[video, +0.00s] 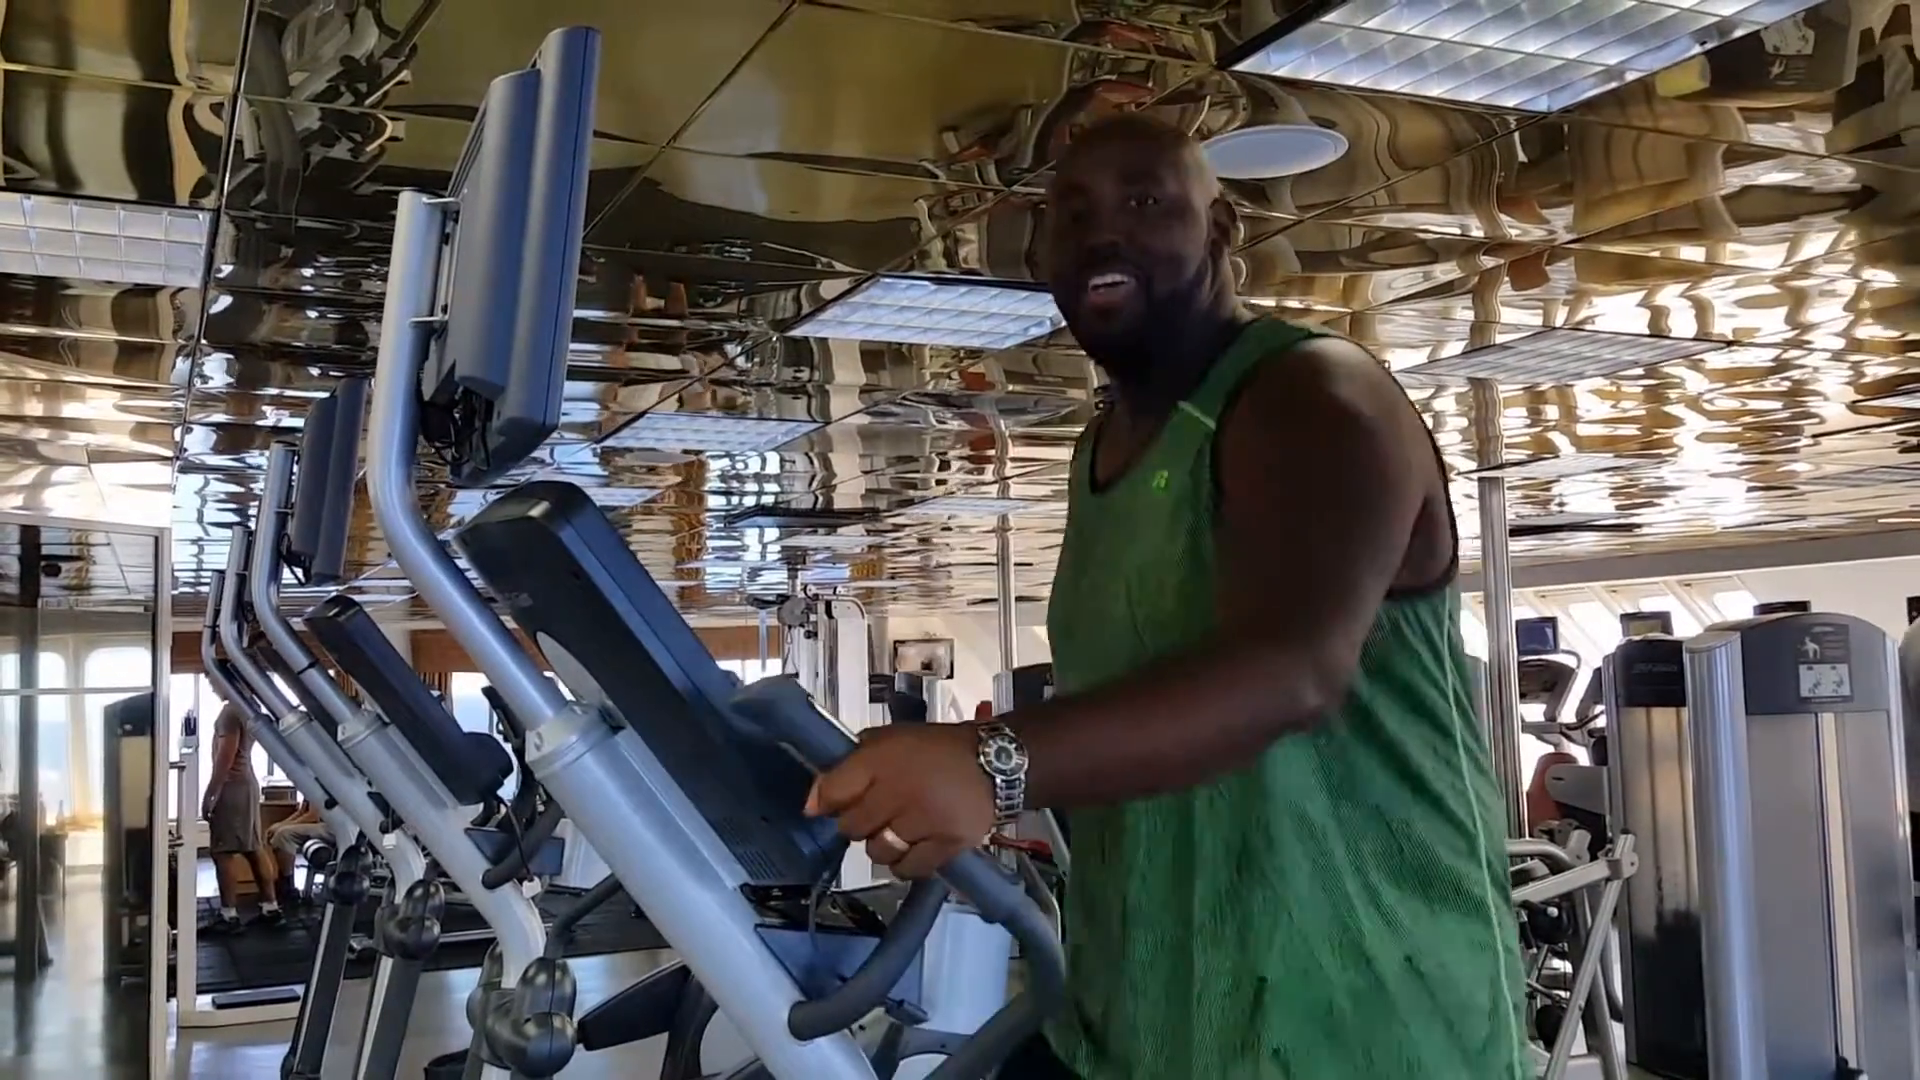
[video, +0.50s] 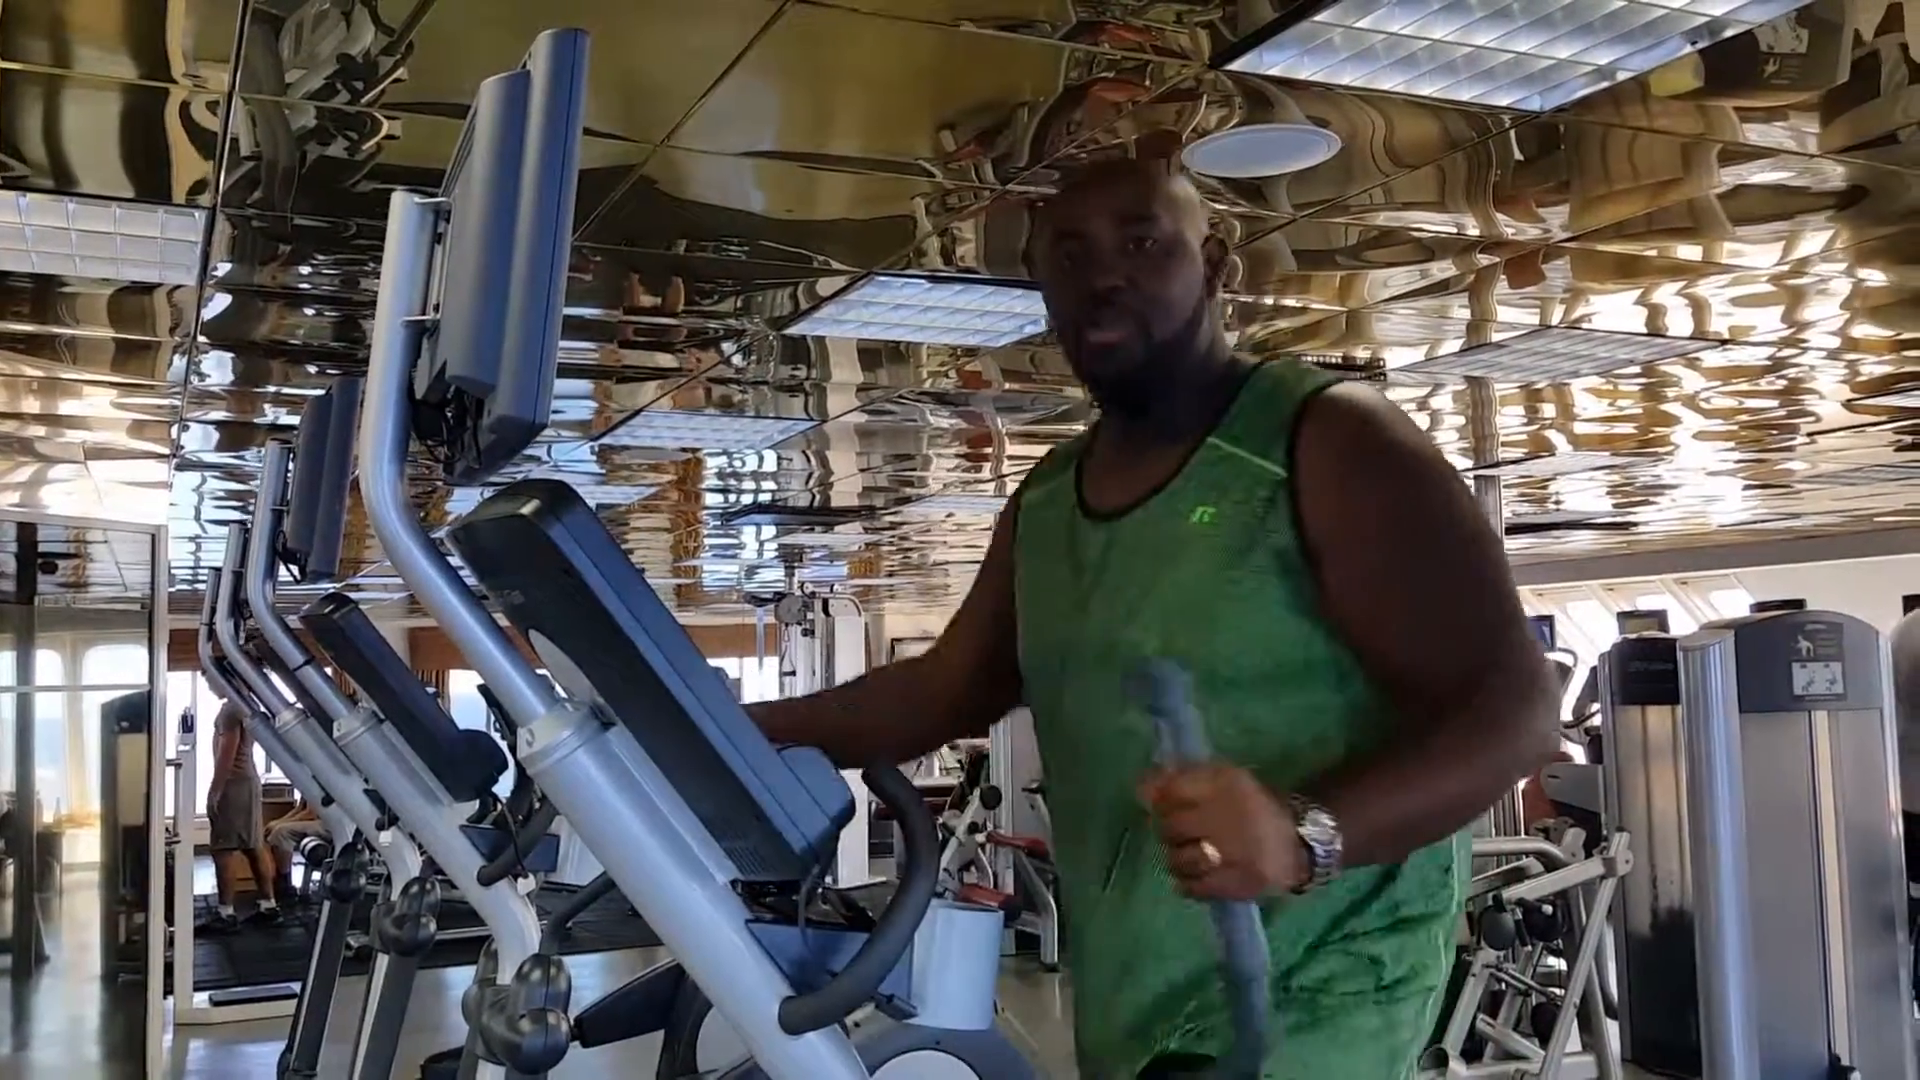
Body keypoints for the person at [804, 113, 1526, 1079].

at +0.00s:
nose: (1099, 221)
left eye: (1145, 198)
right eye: (1069, 200)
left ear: (1223, 239)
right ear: (1038, 252)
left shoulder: (1322, 398)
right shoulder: (1107, 443)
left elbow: (1297, 666)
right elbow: (1151, 698)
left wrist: (999, 766)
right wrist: (994, 755)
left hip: (1348, 1008)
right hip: (1153, 996)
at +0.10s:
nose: (1087, 198)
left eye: (1133, 170)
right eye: (1058, 176)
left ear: (1207, 207)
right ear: (1034, 215)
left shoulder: (1307, 367)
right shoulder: (1093, 419)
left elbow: (1273, 630)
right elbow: (1122, 659)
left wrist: (996, 765)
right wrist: (1000, 735)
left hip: (1338, 993)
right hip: (1142, 980)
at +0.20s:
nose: (1084, 202)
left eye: (1128, 172)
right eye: (1056, 178)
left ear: (1201, 208)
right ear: (1033, 216)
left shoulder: (1303, 376)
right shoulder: (1074, 430)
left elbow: (1298, 637)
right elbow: (1076, 657)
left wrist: (1032, 761)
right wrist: (977, 752)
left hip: (1331, 990)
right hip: (1143, 982)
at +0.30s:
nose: (1093, 251)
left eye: (1136, 223)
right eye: (1064, 222)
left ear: (1202, 257)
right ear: (1030, 260)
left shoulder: (1307, 424)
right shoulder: (1064, 474)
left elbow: (1365, 705)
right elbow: (1058, 666)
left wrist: (1107, 767)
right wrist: (888, 744)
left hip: (1319, 1010)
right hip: (1132, 1007)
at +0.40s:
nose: (1096, 290)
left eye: (1136, 258)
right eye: (1065, 267)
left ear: (1205, 284)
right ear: (1035, 301)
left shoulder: (1323, 458)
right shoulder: (1056, 508)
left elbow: (1462, 734)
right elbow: (984, 713)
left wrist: (1219, 799)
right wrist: (787, 736)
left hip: (1322, 1012)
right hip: (1129, 1013)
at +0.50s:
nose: (1100, 277)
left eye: (1140, 240)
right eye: (1067, 252)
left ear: (1212, 265)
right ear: (1040, 283)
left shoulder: (1334, 439)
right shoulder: (1050, 498)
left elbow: (1516, 707)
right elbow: (945, 689)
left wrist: (1312, 832)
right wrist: (737, 732)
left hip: (1324, 1005)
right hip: (1123, 1005)